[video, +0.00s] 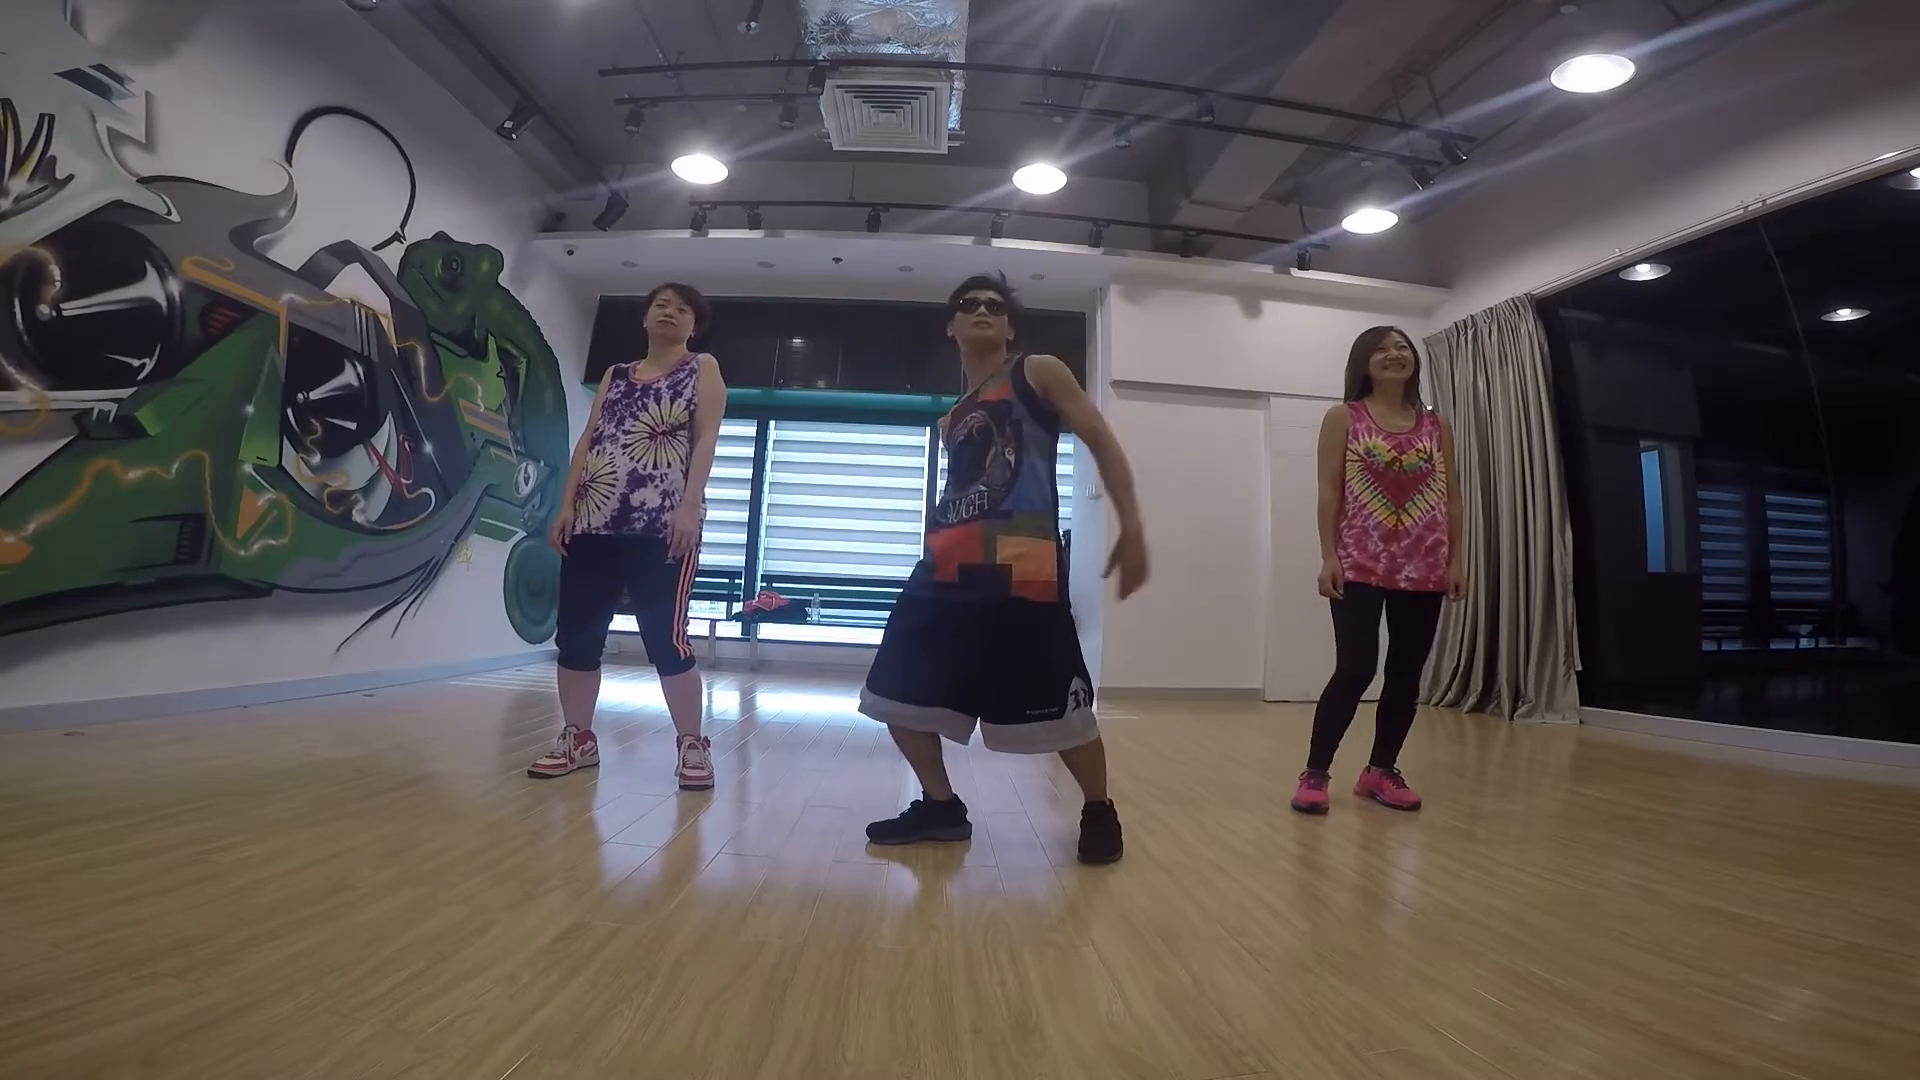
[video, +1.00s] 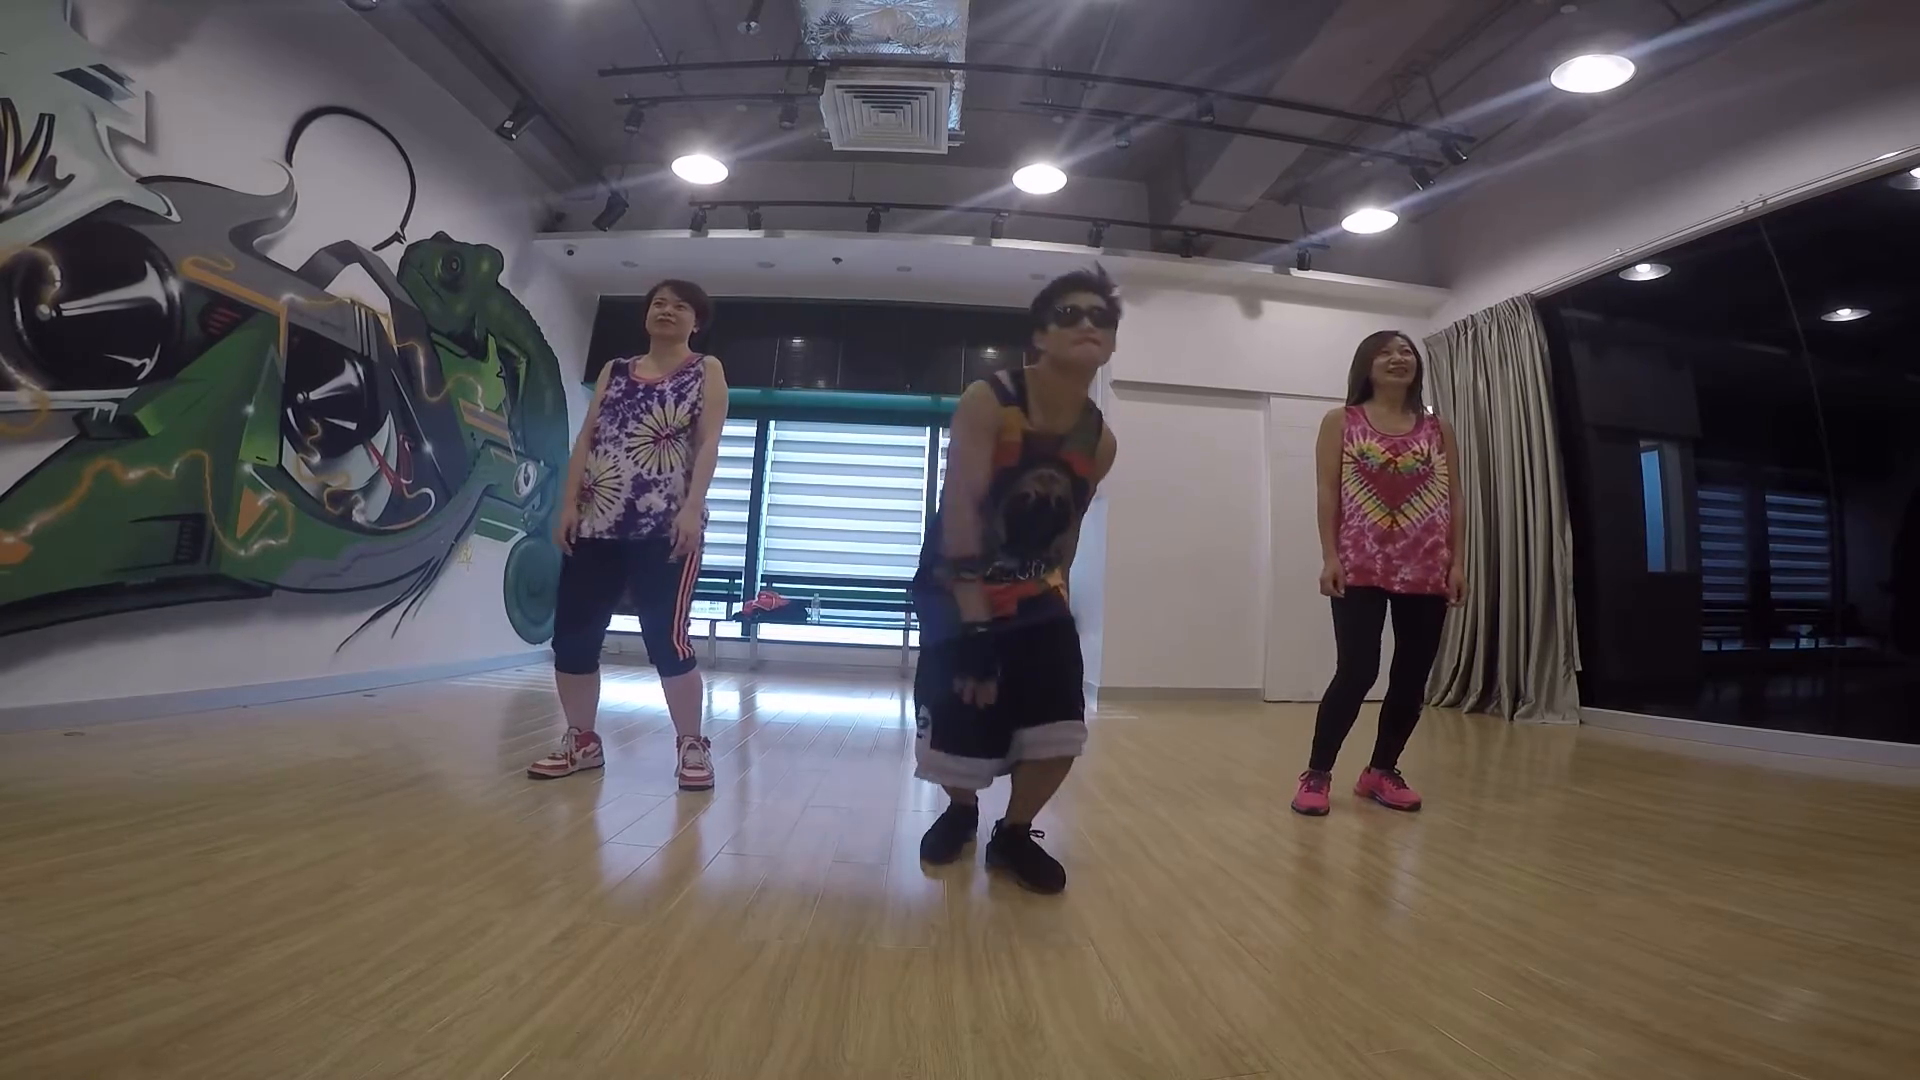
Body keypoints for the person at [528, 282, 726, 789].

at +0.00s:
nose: (669, 312)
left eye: (681, 308)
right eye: (661, 305)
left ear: (694, 326)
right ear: (645, 317)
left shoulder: (702, 369)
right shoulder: (616, 375)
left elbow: (705, 441)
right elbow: (586, 443)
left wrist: (690, 506)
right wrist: (566, 503)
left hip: (659, 527)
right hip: (593, 523)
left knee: (667, 643)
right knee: (576, 637)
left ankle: (691, 744)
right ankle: (578, 741)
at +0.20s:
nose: (665, 311)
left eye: (678, 307)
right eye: (658, 304)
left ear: (694, 325)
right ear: (644, 317)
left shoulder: (703, 369)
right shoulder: (616, 375)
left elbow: (704, 441)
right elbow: (586, 442)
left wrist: (684, 505)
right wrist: (566, 503)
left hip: (660, 528)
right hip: (592, 525)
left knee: (666, 643)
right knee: (577, 637)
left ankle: (691, 744)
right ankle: (578, 741)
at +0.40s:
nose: (667, 309)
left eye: (680, 305)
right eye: (659, 303)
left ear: (696, 322)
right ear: (645, 316)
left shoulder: (706, 368)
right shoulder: (618, 373)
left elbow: (709, 442)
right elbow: (588, 441)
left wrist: (688, 505)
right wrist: (570, 504)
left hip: (666, 528)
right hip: (599, 524)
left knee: (670, 643)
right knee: (579, 637)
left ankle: (692, 743)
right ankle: (578, 741)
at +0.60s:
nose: (669, 309)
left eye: (682, 304)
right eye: (661, 302)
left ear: (699, 322)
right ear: (648, 316)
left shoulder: (710, 368)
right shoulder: (622, 373)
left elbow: (714, 442)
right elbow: (594, 442)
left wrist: (698, 509)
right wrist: (579, 507)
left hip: (674, 528)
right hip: (607, 524)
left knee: (675, 643)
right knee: (580, 638)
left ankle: (692, 745)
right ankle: (578, 741)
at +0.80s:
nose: (670, 309)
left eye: (683, 304)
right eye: (662, 302)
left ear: (700, 321)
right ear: (649, 315)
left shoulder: (712, 367)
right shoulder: (625, 373)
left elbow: (716, 441)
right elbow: (599, 443)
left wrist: (699, 509)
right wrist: (584, 507)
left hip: (679, 527)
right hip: (613, 525)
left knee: (677, 641)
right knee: (572, 632)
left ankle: (693, 744)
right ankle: (578, 740)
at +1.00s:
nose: (666, 309)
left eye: (680, 305)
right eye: (659, 302)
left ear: (696, 322)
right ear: (645, 315)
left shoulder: (707, 371)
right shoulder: (615, 371)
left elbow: (707, 445)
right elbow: (586, 440)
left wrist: (693, 508)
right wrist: (569, 502)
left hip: (664, 528)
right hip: (597, 524)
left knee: (668, 642)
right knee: (572, 637)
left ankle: (691, 744)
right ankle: (582, 742)